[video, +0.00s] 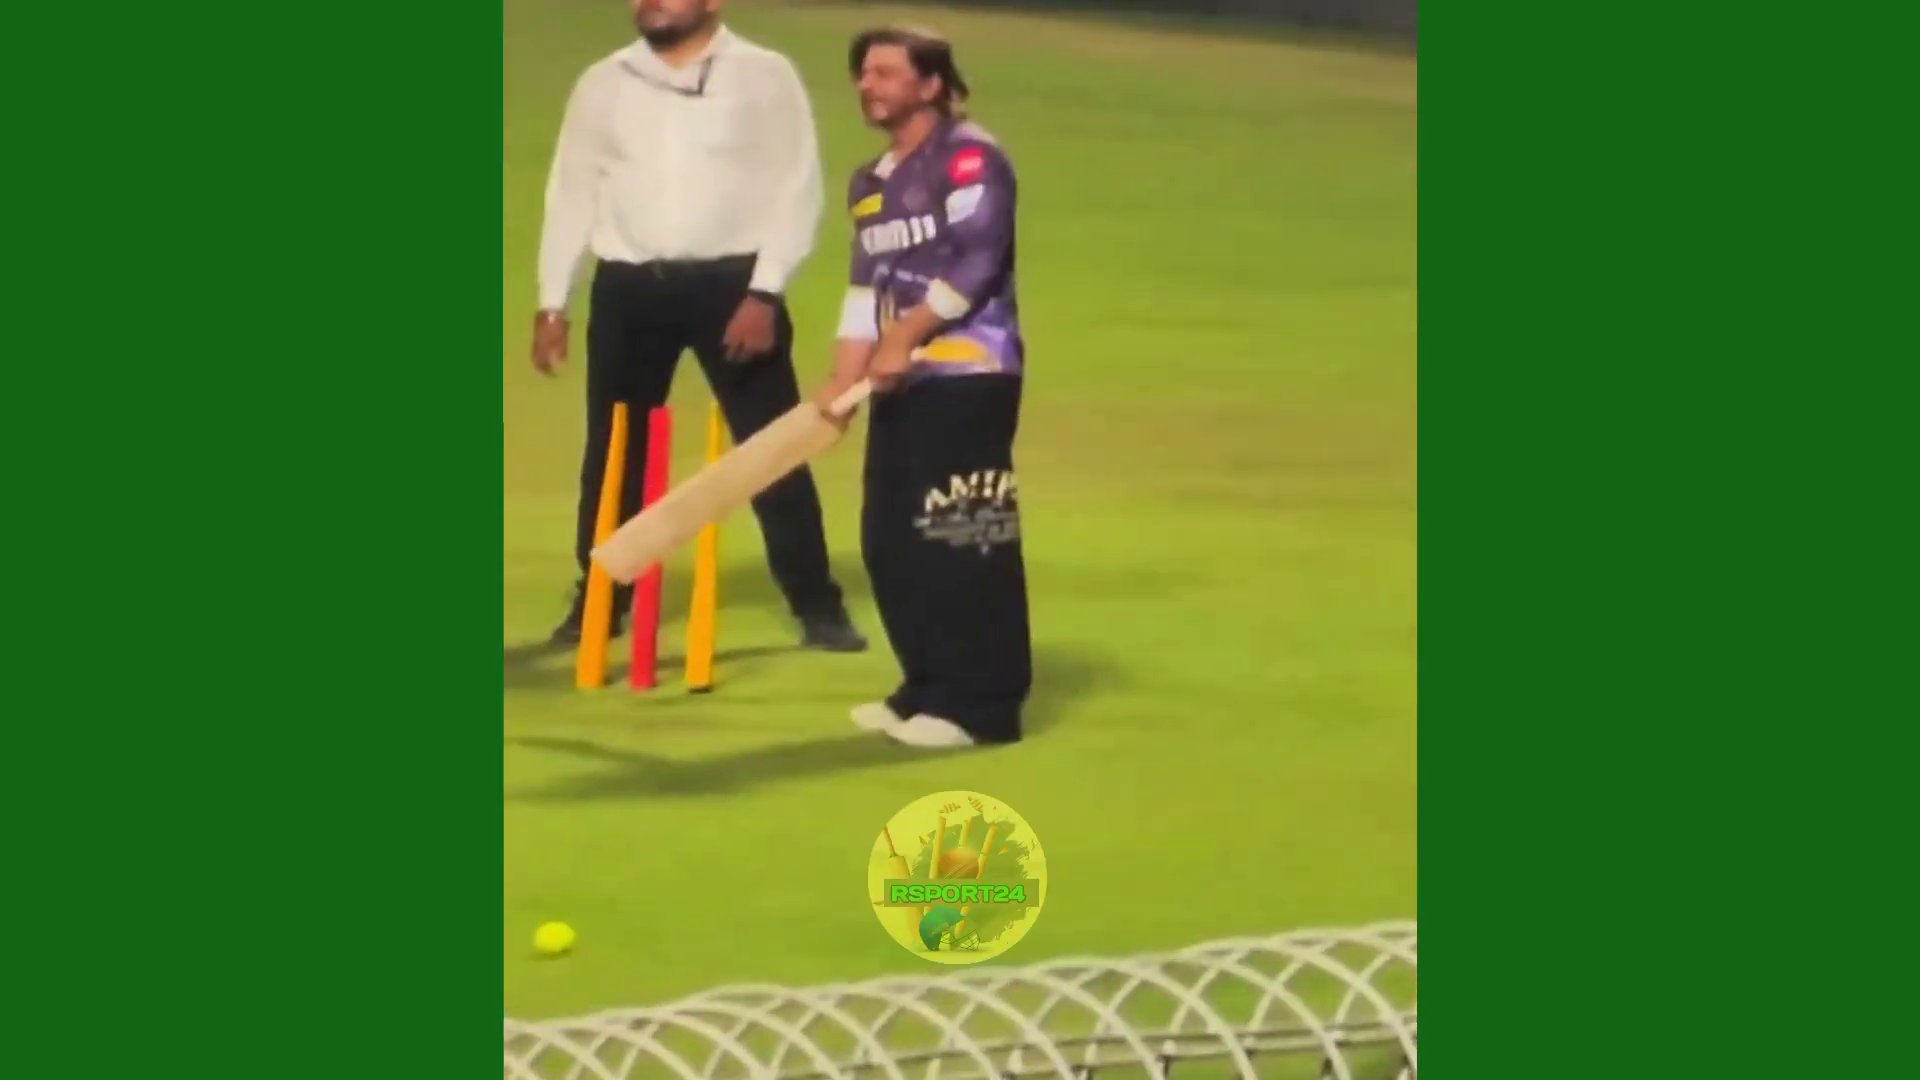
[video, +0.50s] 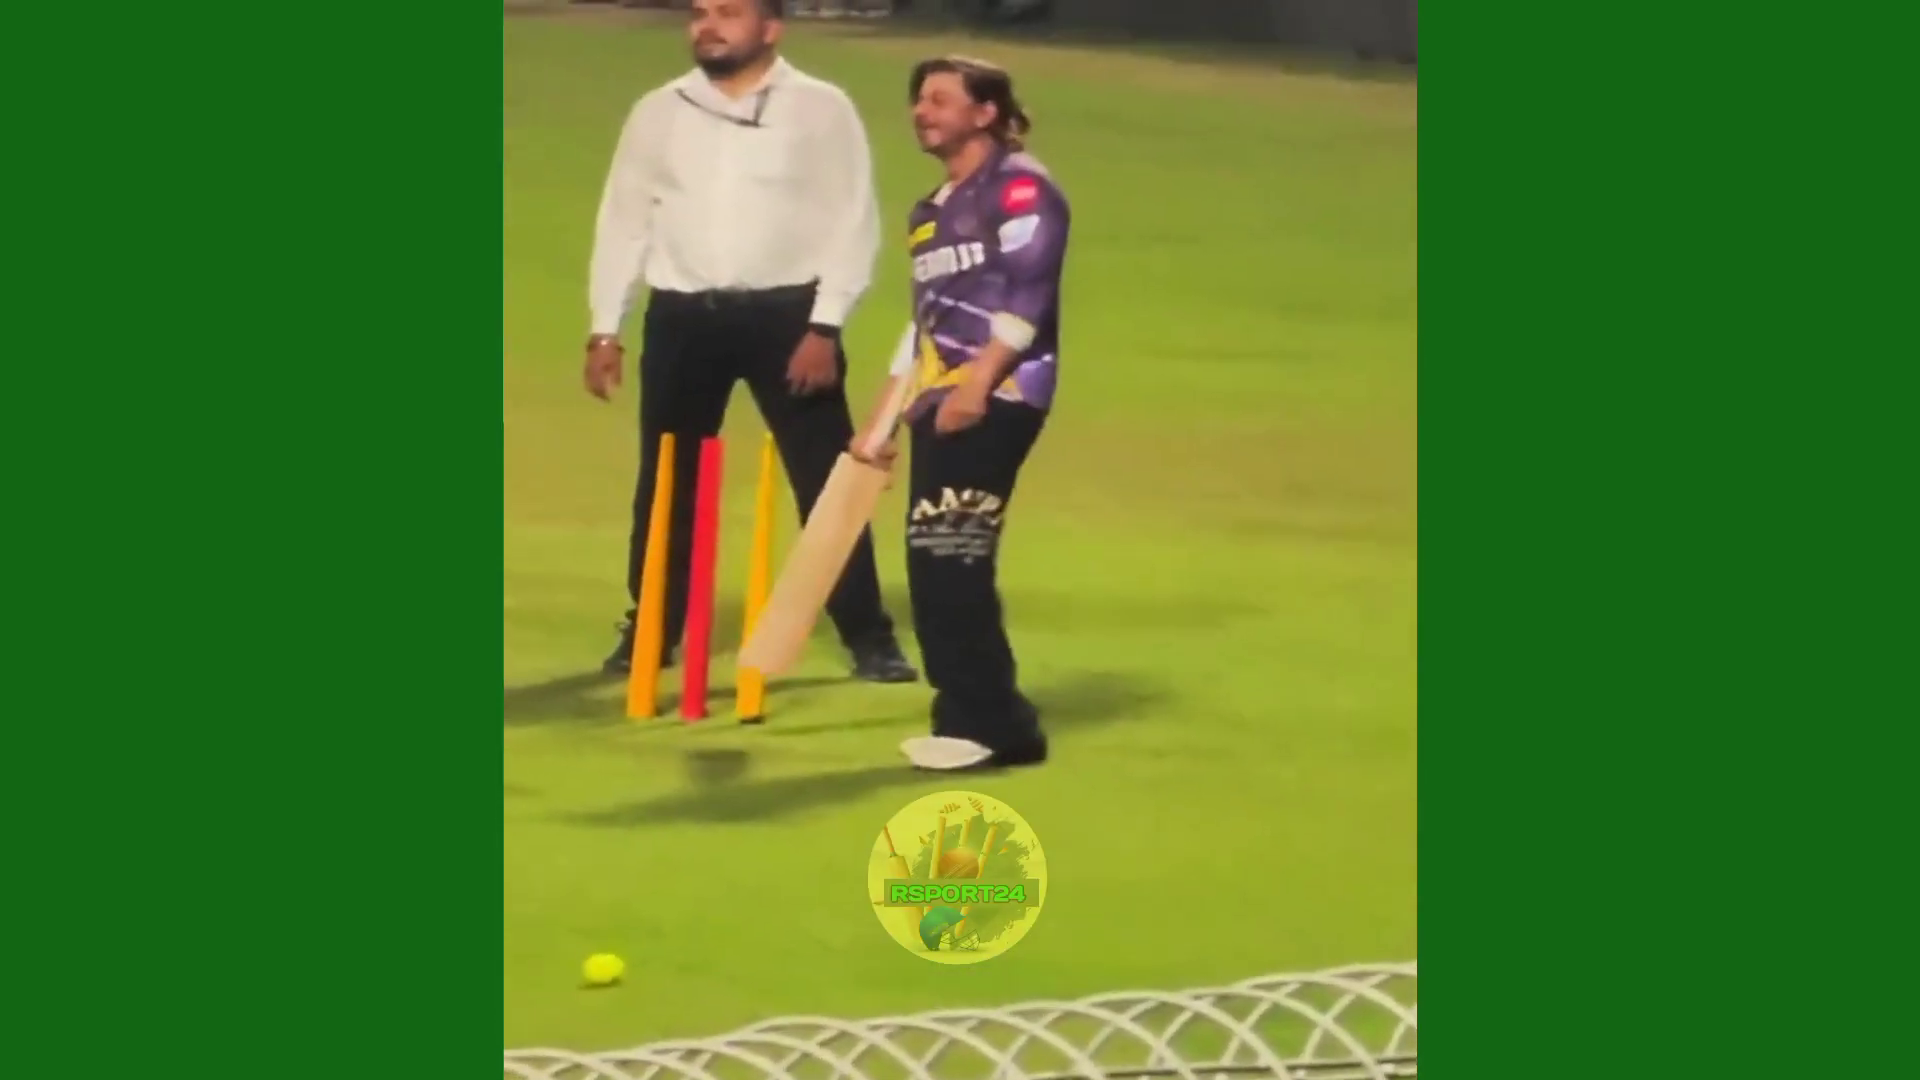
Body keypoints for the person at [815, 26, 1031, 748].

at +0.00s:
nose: (868, 86)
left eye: (884, 74)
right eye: (864, 75)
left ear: (931, 84)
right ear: (861, 89)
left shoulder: (974, 159)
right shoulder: (870, 179)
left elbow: (977, 266)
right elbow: (865, 291)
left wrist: (903, 334)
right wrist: (844, 380)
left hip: (970, 380)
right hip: (904, 383)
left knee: (962, 539)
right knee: (889, 537)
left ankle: (981, 706)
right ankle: (926, 686)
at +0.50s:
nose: (923, 113)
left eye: (939, 102)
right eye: (921, 102)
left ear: (985, 113)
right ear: (922, 115)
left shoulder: (1023, 188)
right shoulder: (928, 211)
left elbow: (1030, 302)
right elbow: (925, 322)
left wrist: (977, 381)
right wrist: (882, 419)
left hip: (999, 394)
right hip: (941, 394)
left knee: (956, 554)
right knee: (930, 554)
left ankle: (989, 725)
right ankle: (971, 718)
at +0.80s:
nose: (971, 146)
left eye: (987, 134)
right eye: (971, 134)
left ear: (1036, 145)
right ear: (1009, 149)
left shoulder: (1066, 221)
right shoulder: (997, 233)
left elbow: (1075, 332)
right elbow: (1007, 337)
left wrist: (1032, 417)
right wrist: (986, 424)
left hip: (1043, 437)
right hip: (1006, 435)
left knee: (958, 581)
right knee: (1023, 600)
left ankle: (917, 749)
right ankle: (1061, 756)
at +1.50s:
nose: (982, 196)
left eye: (992, 186)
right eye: (988, 183)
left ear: (1028, 201)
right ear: (1034, 201)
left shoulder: (1043, 285)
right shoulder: (1064, 270)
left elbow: (1014, 402)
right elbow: (1027, 395)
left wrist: (963, 441)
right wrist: (974, 444)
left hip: (1048, 487)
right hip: (1074, 487)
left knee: (1006, 649)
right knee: (1052, 649)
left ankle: (1001, 813)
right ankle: (1156, 786)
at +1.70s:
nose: (1005, 197)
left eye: (1016, 189)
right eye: (1011, 186)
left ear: (1048, 207)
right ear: (1059, 207)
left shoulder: (1055, 292)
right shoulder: (1090, 274)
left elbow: (1004, 403)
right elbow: (1014, 382)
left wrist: (918, 425)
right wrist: (982, 431)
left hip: (1052, 493)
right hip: (1080, 490)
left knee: (1026, 657)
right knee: (1037, 653)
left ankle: (1038, 817)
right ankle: (1158, 774)